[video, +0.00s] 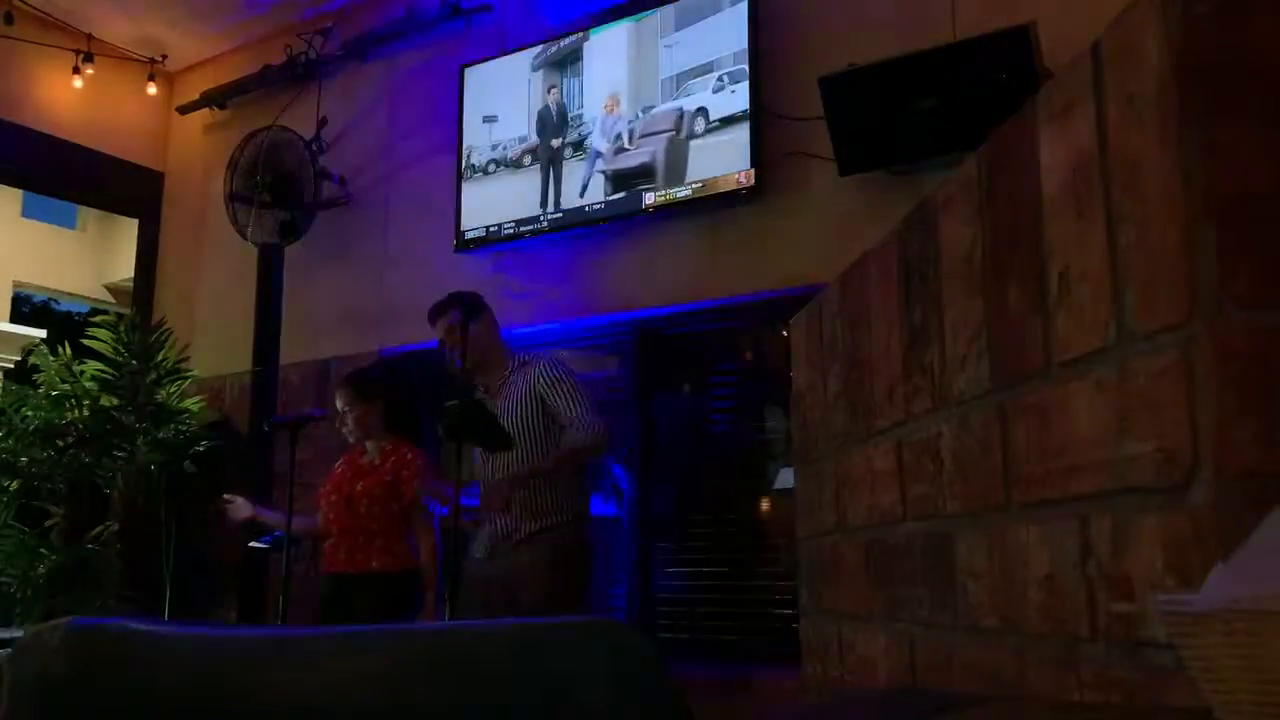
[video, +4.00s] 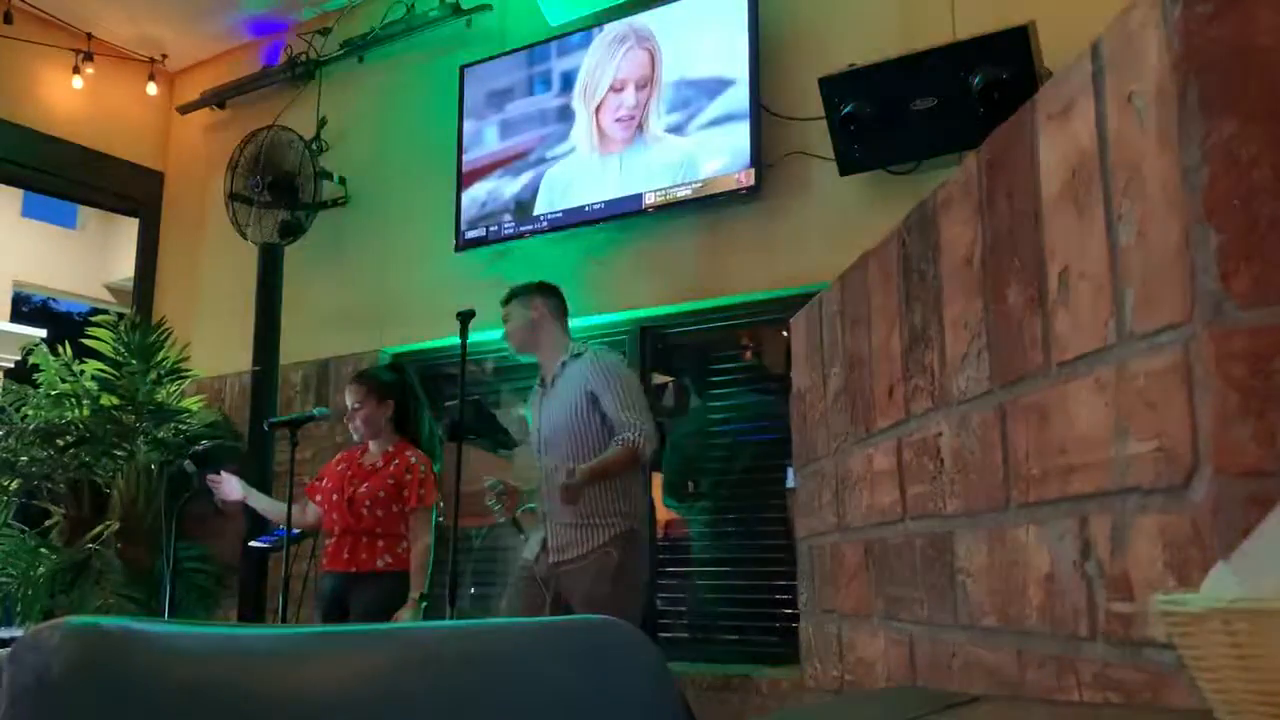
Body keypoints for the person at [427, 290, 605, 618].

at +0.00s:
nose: (450, 345)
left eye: (455, 331)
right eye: (444, 338)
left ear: (487, 325)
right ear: (445, 343)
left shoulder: (542, 372)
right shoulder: (473, 400)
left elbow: (589, 434)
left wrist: (518, 479)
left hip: (551, 541)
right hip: (494, 546)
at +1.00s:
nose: (505, 315)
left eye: (516, 307)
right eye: (495, 310)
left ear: (537, 320)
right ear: (487, 328)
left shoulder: (585, 378)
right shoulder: (484, 404)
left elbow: (631, 445)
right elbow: (473, 480)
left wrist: (582, 468)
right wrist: (495, 495)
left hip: (594, 540)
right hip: (527, 548)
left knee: (598, 647)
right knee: (528, 652)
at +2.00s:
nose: (628, 306)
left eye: (641, 299)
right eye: (629, 298)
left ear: (671, 317)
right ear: (627, 306)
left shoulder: (680, 384)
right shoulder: (624, 387)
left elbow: (677, 480)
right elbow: (620, 469)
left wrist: (596, 494)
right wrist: (577, 486)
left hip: (646, 548)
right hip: (593, 547)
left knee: (642, 675)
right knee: (565, 664)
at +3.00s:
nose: (558, 284)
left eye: (572, 279)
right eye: (550, 278)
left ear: (591, 299)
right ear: (538, 296)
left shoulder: (617, 379)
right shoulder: (502, 379)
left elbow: (644, 470)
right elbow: (491, 461)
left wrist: (589, 498)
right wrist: (475, 459)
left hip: (578, 556)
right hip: (500, 556)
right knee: (480, 668)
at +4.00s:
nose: (504, 332)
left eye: (508, 320)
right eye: (503, 323)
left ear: (538, 312)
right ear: (537, 314)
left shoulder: (599, 365)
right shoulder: (540, 395)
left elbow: (639, 439)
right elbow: (558, 477)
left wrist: (584, 474)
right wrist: (520, 496)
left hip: (604, 547)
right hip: (549, 548)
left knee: (605, 662)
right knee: (512, 648)